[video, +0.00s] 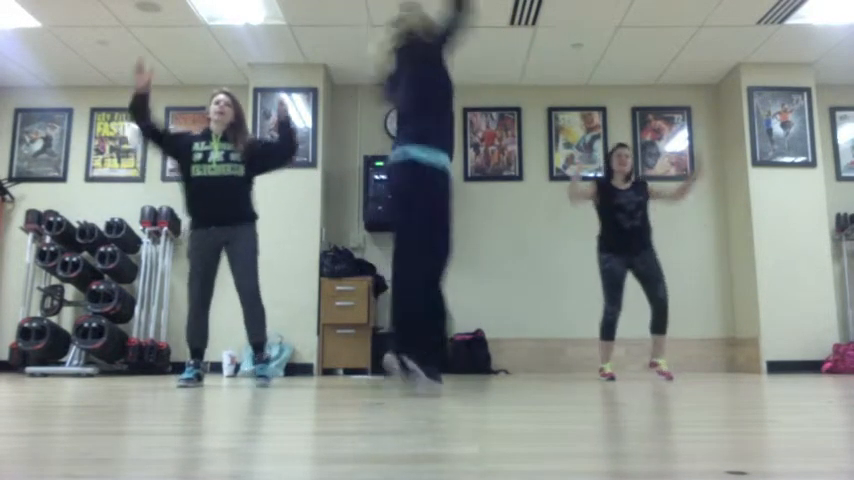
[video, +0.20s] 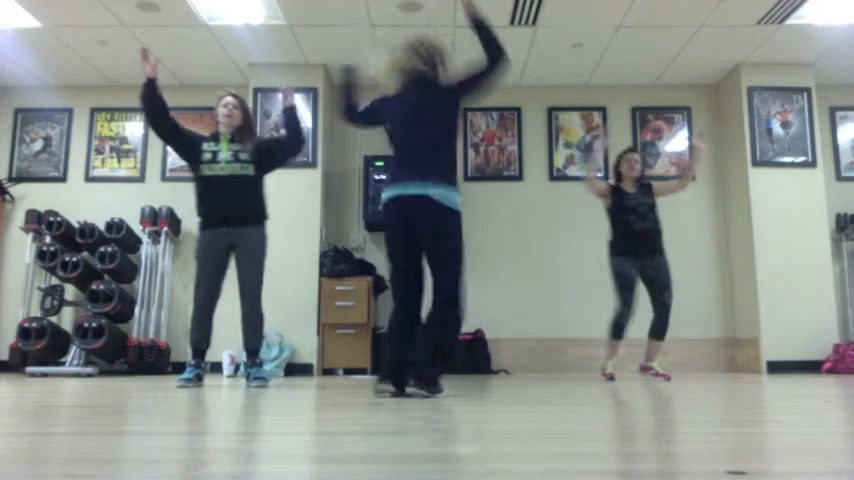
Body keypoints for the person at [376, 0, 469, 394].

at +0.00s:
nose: (431, 25)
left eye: (423, 22)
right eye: (426, 21)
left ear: (399, 32)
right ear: (424, 27)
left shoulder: (401, 64)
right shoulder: (425, 50)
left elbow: (389, 92)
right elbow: (457, 18)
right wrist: (457, 4)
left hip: (406, 167)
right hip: (427, 168)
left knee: (411, 257)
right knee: (429, 257)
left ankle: (403, 347)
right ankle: (419, 352)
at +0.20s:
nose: (439, 65)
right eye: (437, 59)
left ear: (402, 66)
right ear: (437, 64)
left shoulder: (391, 103)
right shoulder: (449, 95)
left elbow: (351, 114)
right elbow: (496, 58)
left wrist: (345, 82)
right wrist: (475, 18)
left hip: (398, 204)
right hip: (439, 203)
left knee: (405, 293)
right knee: (446, 293)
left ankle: (396, 375)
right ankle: (427, 374)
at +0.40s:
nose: (406, 41)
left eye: (408, 37)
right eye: (409, 37)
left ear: (413, 40)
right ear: (444, 41)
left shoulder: (402, 70)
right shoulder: (458, 74)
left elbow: (348, 57)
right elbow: (482, 60)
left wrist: (330, 12)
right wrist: (472, 19)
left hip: (413, 175)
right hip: (451, 177)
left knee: (403, 264)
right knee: (441, 265)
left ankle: (409, 357)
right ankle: (437, 357)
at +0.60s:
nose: (412, 77)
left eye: (416, 71)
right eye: (412, 71)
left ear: (427, 73)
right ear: (435, 73)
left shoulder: (436, 99)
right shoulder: (433, 101)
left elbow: (428, 61)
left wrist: (414, 28)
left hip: (435, 199)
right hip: (434, 199)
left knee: (418, 286)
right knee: (423, 286)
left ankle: (439, 377)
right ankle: (442, 374)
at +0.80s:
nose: (429, 47)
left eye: (436, 41)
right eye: (425, 42)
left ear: (448, 48)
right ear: (420, 50)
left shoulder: (464, 83)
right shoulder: (412, 90)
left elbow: (506, 61)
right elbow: (379, 76)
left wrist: (506, 18)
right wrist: (382, 30)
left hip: (451, 189)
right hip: (418, 191)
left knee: (446, 271)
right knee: (421, 270)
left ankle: (445, 363)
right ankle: (425, 362)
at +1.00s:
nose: (449, 61)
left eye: (455, 54)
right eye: (443, 55)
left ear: (466, 61)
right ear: (436, 62)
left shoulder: (480, 103)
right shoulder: (422, 100)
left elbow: (533, 110)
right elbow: (370, 89)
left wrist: (537, 64)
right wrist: (382, 44)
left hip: (468, 199)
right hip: (425, 199)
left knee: (474, 283)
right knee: (425, 284)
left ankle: (490, 372)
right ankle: (431, 372)